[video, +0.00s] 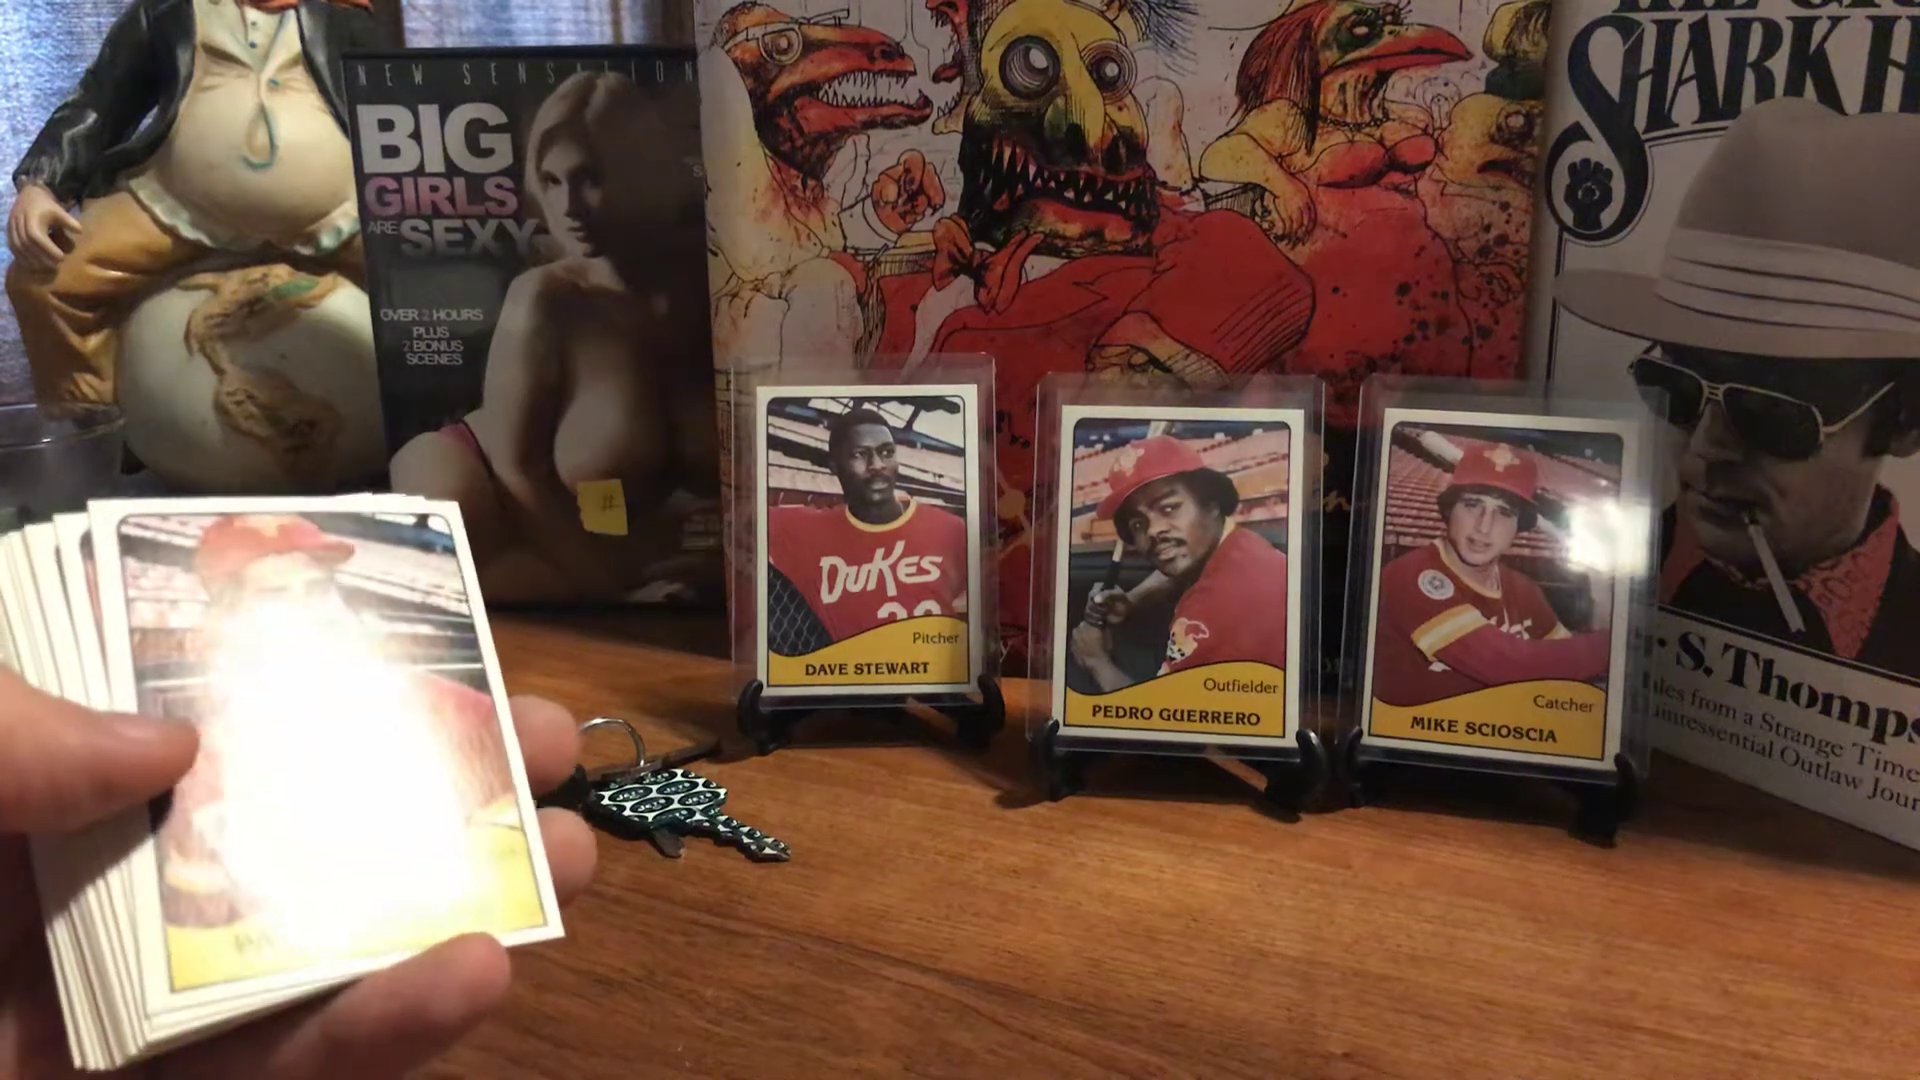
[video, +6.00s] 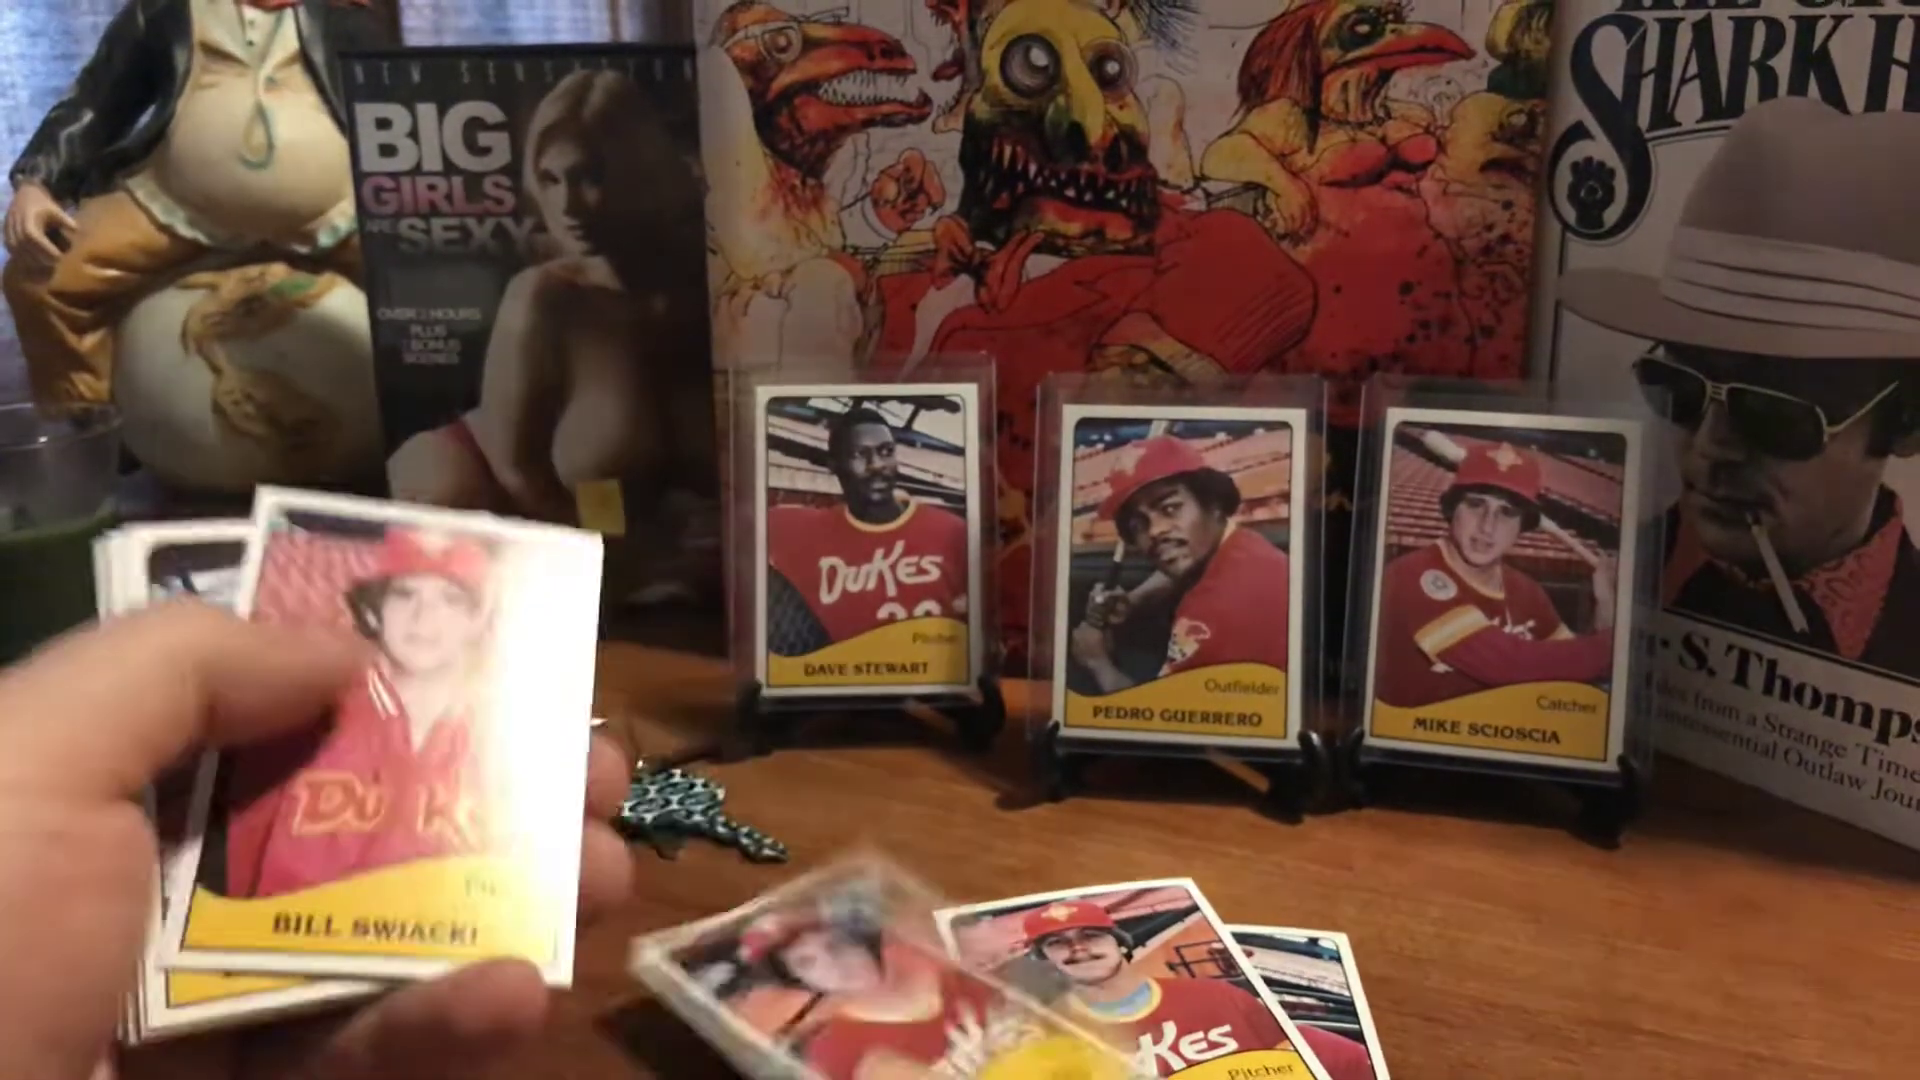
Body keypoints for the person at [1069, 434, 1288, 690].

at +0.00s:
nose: (1155, 530)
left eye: (1169, 508)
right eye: (1139, 523)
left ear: (1211, 505)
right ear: (1133, 540)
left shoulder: (1208, 610)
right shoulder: (1249, 545)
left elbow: (1162, 720)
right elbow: (1185, 565)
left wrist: (1098, 662)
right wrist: (1132, 602)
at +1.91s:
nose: (1155, 530)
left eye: (1169, 508)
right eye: (1138, 524)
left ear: (1213, 503)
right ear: (1132, 540)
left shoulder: (1213, 607)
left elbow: (1161, 721)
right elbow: (1183, 564)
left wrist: (1097, 661)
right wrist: (1133, 602)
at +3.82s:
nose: (1156, 530)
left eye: (1171, 508)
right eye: (1140, 521)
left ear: (1215, 506)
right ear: (1133, 537)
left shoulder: (1212, 604)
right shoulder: (1249, 546)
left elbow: (1162, 721)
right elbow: (1184, 566)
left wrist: (1098, 663)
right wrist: (1133, 601)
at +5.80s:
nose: (1156, 530)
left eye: (1170, 508)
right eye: (1140, 521)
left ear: (1213, 504)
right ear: (1133, 539)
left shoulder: (1213, 605)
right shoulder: (1250, 545)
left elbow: (1158, 718)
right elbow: (1183, 564)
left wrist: (1098, 662)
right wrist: (1131, 602)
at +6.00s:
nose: (1156, 531)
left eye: (1170, 508)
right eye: (1140, 522)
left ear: (1214, 506)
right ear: (1134, 540)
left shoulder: (1212, 607)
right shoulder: (1248, 544)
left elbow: (1159, 720)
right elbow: (1185, 565)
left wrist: (1098, 663)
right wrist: (1133, 602)